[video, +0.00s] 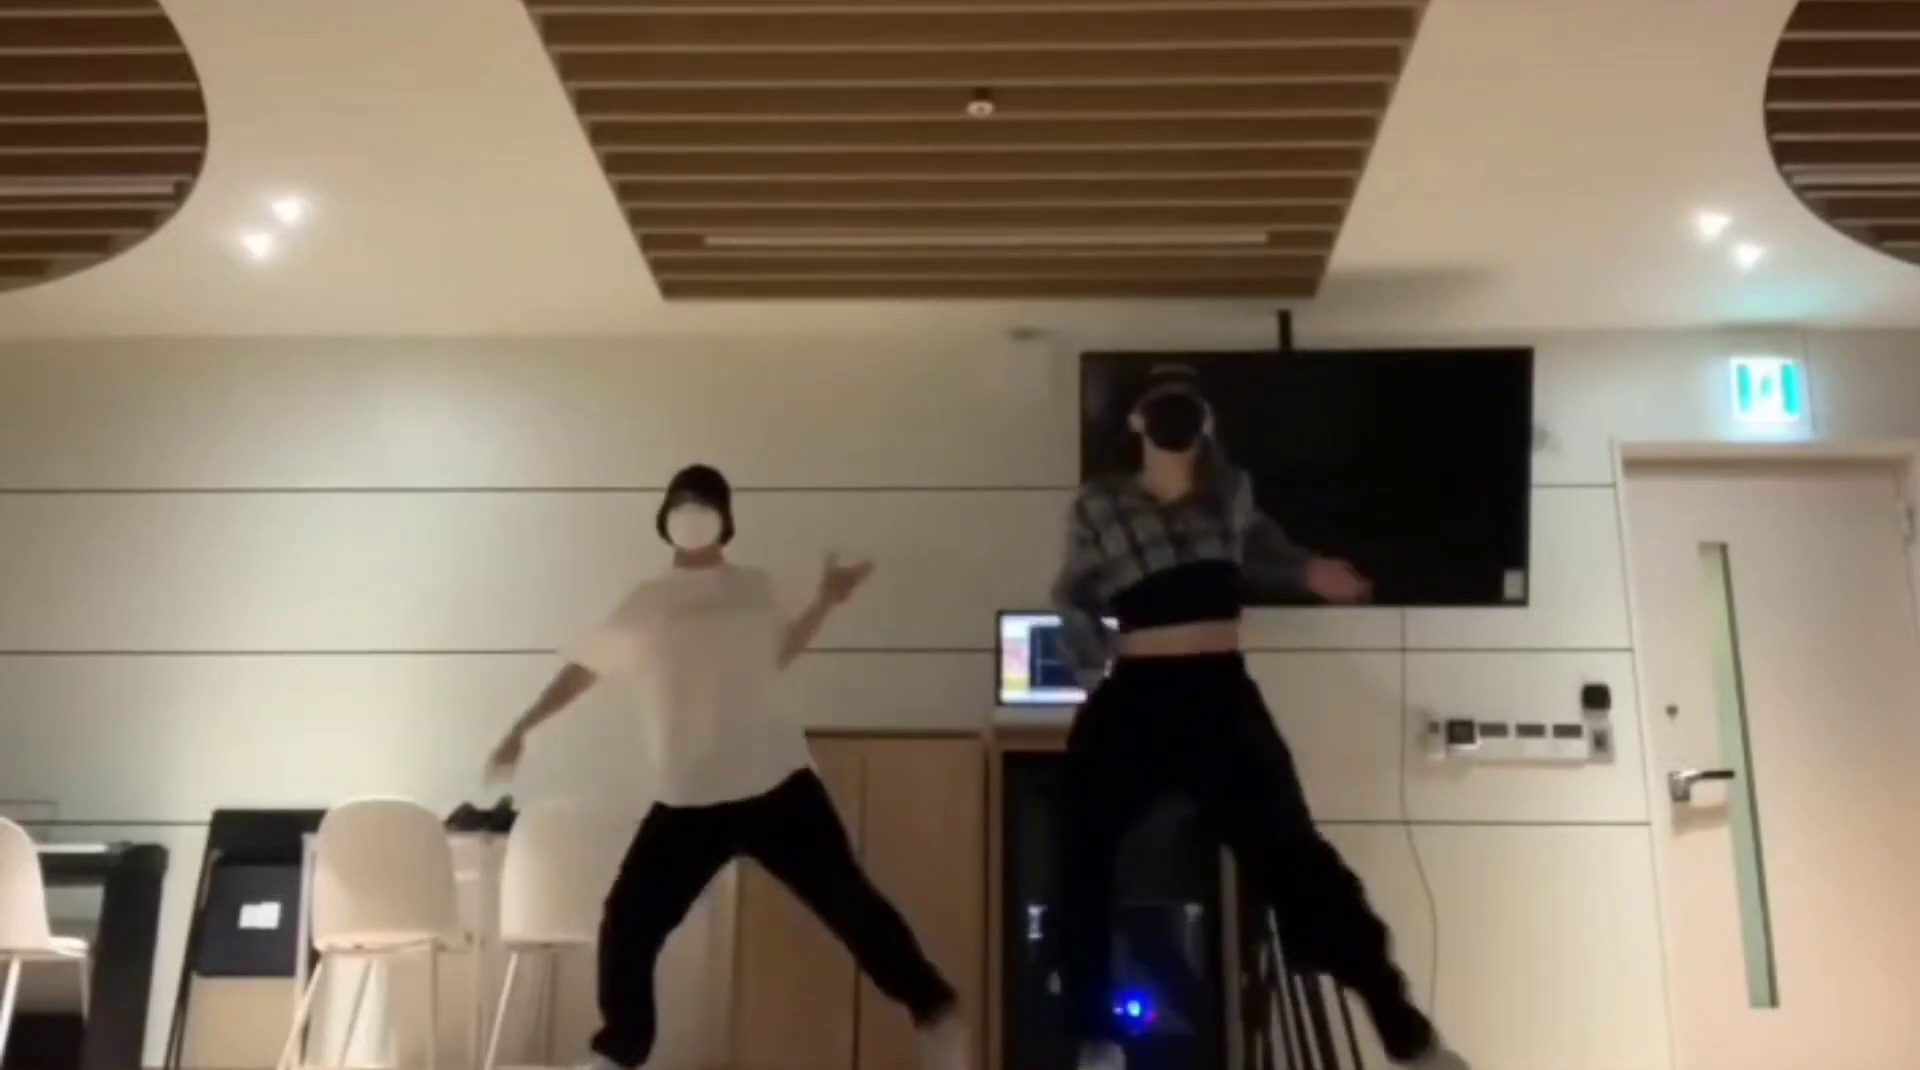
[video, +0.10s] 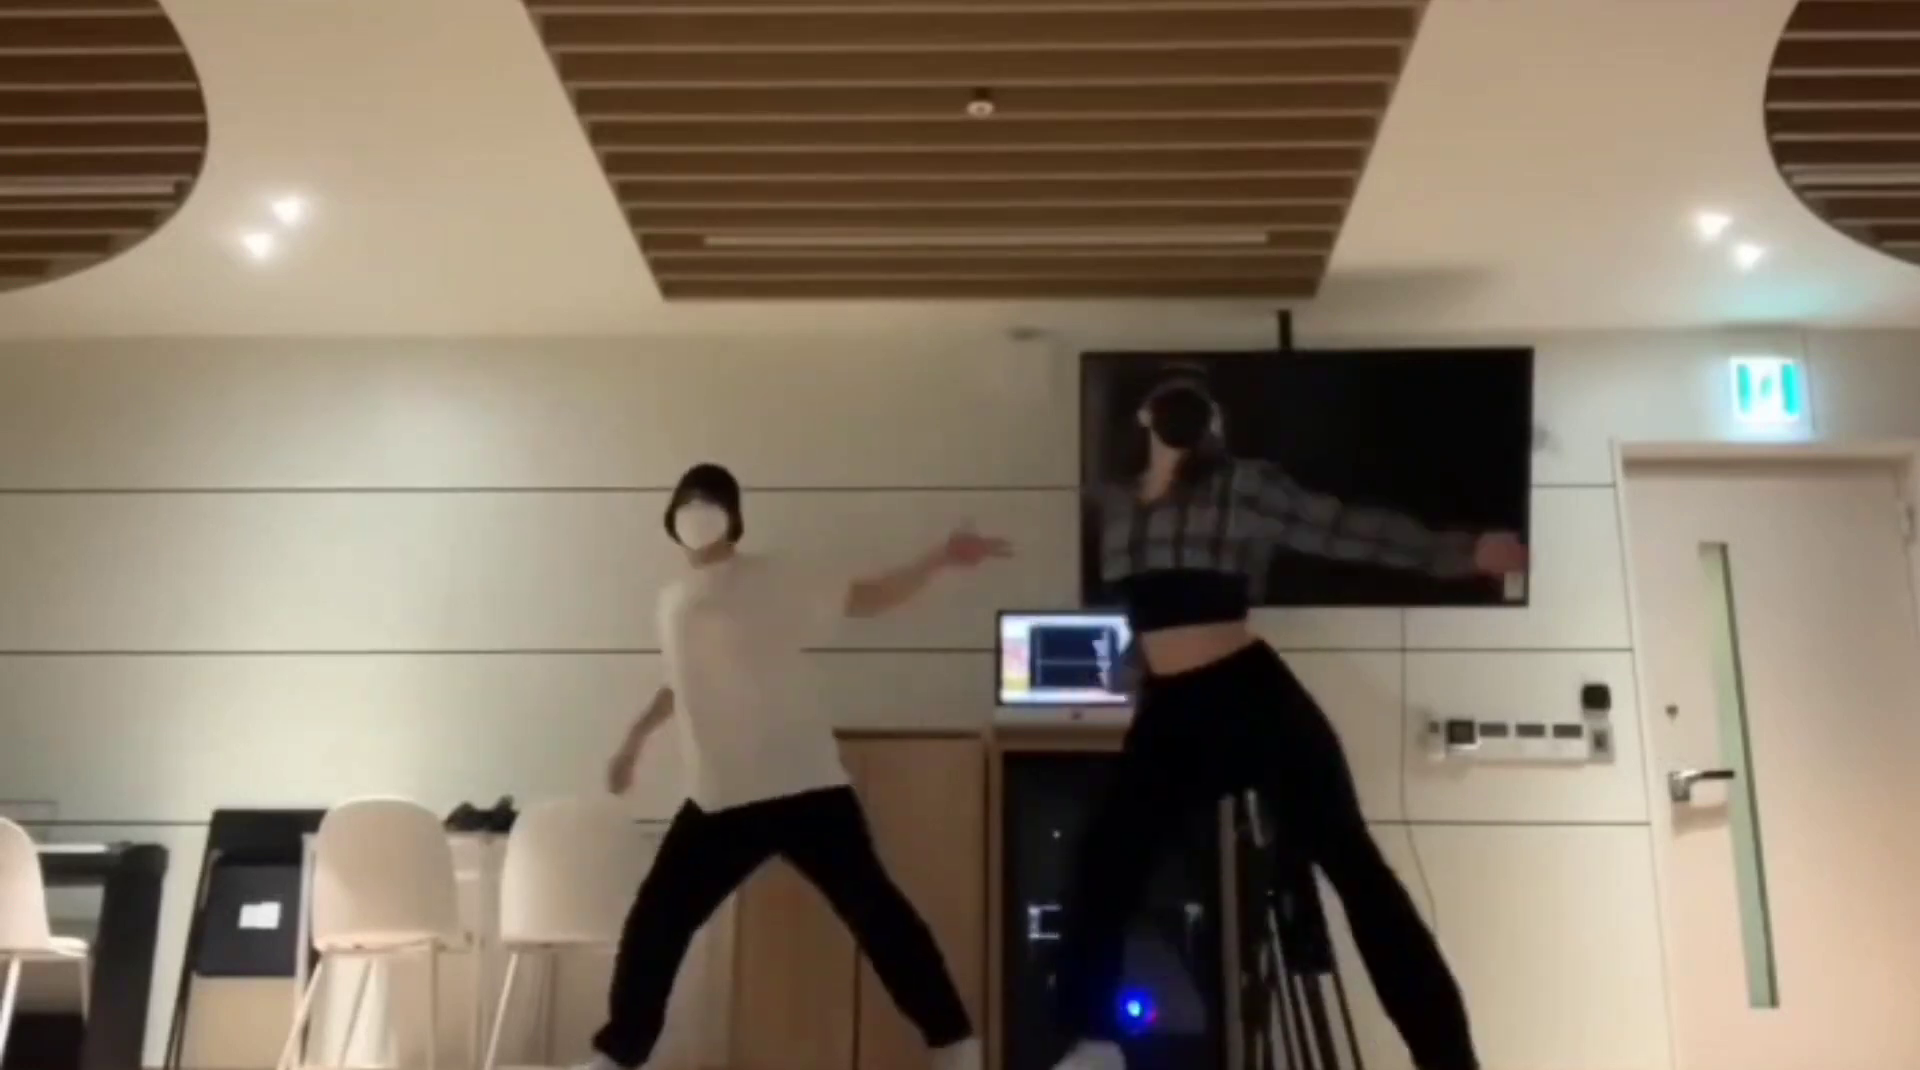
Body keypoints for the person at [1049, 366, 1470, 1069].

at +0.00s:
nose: (1177, 418)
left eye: (1188, 407)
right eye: (1163, 407)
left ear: (1207, 423)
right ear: (1137, 424)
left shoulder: (1229, 497)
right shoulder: (1100, 506)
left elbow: (1260, 561)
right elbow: (1068, 596)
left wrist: (1309, 573)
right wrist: (1092, 652)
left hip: (1222, 698)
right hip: (1134, 700)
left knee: (1291, 852)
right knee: (1083, 858)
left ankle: (1405, 1032)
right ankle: (1090, 1035)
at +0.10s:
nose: (1175, 423)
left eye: (1188, 411)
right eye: (1162, 412)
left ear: (1210, 429)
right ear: (1140, 428)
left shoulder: (1244, 489)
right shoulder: (1121, 507)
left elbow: (1346, 527)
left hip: (1253, 695)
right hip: (1167, 712)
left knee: (1348, 861)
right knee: (1105, 864)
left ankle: (1446, 1056)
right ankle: (1086, 1041)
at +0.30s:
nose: (1200, 413)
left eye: (1210, 401)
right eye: (1193, 401)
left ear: (1225, 418)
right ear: (1174, 418)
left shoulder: (1251, 476)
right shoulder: (1149, 498)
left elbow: (1338, 467)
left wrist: (1455, 451)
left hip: (1260, 683)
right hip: (1183, 702)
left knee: (1358, 860)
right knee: (1121, 865)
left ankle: (1447, 1050)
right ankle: (1083, 1041)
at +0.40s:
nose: (1218, 403)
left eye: (1233, 391)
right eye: (1207, 393)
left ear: (1252, 412)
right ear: (1189, 413)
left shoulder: (1264, 474)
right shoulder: (1174, 494)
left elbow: (1298, 417)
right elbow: (1175, 607)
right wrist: (1157, 675)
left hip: (1263, 674)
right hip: (1185, 687)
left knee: (1347, 856)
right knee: (1134, 861)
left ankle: (1449, 1040)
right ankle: (1084, 1036)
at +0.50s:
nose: (1213, 417)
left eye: (1228, 400)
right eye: (1207, 403)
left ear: (1253, 407)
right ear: (1199, 412)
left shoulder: (1276, 476)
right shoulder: (1185, 490)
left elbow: (1269, 418)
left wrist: (1290, 355)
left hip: (1264, 674)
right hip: (1185, 686)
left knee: (1343, 856)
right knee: (1136, 867)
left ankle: (1451, 1039)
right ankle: (1092, 1044)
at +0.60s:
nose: (1217, 426)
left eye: (1230, 413)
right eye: (1213, 415)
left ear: (1265, 416)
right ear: (1214, 424)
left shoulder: (1297, 463)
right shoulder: (1206, 487)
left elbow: (1254, 398)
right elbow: (1195, 604)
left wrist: (1203, 309)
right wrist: (1165, 686)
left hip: (1272, 671)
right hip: (1191, 679)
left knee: (1343, 865)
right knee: (1143, 870)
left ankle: (1453, 1045)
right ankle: (1093, 1047)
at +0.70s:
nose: (1232, 429)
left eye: (1245, 413)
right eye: (1226, 416)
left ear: (1281, 412)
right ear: (1223, 424)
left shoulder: (1308, 457)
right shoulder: (1217, 482)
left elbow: (1238, 392)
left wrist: (1184, 309)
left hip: (1278, 670)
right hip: (1197, 674)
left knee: (1343, 866)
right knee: (1147, 867)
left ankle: (1453, 1046)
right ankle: (1097, 1047)